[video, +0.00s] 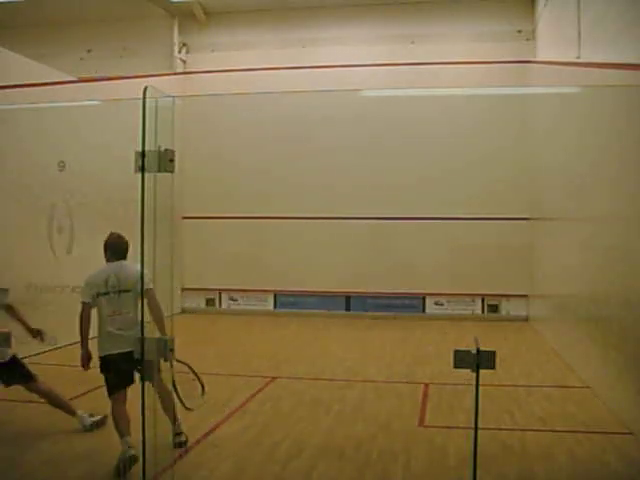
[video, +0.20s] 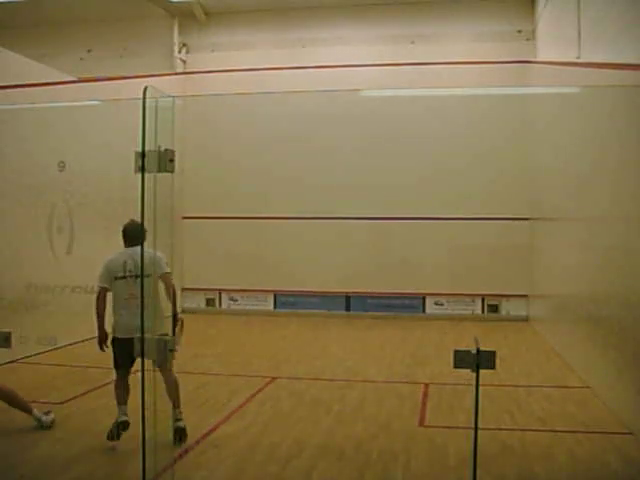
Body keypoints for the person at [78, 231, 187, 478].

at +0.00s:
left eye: (105, 249)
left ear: (104, 252)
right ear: (127, 252)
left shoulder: (94, 279)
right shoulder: (139, 273)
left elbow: (85, 314)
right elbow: (154, 305)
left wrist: (84, 348)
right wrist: (164, 337)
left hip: (111, 351)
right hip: (141, 346)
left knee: (118, 401)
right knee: (159, 383)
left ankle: (127, 446)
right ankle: (177, 430)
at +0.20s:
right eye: (143, 235)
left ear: (124, 238)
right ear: (145, 237)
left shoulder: (113, 262)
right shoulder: (156, 258)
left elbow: (101, 296)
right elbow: (170, 286)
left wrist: (101, 329)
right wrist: (176, 314)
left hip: (124, 333)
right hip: (154, 330)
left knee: (122, 375)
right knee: (167, 371)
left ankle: (122, 416)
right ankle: (178, 417)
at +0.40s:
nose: (151, 259)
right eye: (152, 255)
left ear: (134, 257)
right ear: (153, 257)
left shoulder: (120, 279)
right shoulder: (161, 279)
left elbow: (106, 307)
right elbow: (175, 308)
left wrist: (109, 333)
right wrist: (183, 325)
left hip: (127, 340)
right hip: (155, 340)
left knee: (116, 373)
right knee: (183, 367)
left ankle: (95, 410)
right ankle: (199, 411)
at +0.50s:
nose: (168, 270)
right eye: (168, 267)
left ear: (149, 268)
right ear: (168, 270)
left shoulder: (133, 288)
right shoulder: (170, 292)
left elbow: (118, 320)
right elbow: (184, 325)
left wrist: (126, 340)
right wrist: (197, 342)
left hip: (132, 348)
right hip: (158, 350)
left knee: (123, 375)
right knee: (190, 366)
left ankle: (97, 410)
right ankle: (204, 411)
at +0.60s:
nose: (190, 263)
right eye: (190, 260)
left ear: (173, 261)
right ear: (190, 261)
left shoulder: (161, 280)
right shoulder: (190, 284)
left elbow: (142, 311)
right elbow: (198, 319)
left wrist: (154, 328)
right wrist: (212, 348)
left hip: (153, 341)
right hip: (177, 343)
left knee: (136, 373)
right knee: (208, 361)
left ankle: (103, 407)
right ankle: (208, 410)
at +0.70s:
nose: (215, 246)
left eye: (214, 242)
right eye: (214, 243)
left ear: (194, 244)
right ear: (211, 244)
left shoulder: (182, 262)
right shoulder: (207, 265)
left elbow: (170, 295)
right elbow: (206, 300)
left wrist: (189, 306)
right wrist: (215, 332)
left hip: (177, 329)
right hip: (198, 330)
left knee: (166, 367)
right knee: (216, 364)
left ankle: (142, 407)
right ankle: (210, 410)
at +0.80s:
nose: (236, 239)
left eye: (236, 235)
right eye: (235, 235)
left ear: (216, 234)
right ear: (229, 235)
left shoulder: (203, 252)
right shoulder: (221, 251)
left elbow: (192, 286)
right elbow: (213, 282)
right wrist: (215, 312)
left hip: (192, 317)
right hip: (211, 317)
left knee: (205, 361)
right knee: (227, 362)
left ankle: (194, 408)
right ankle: (226, 408)